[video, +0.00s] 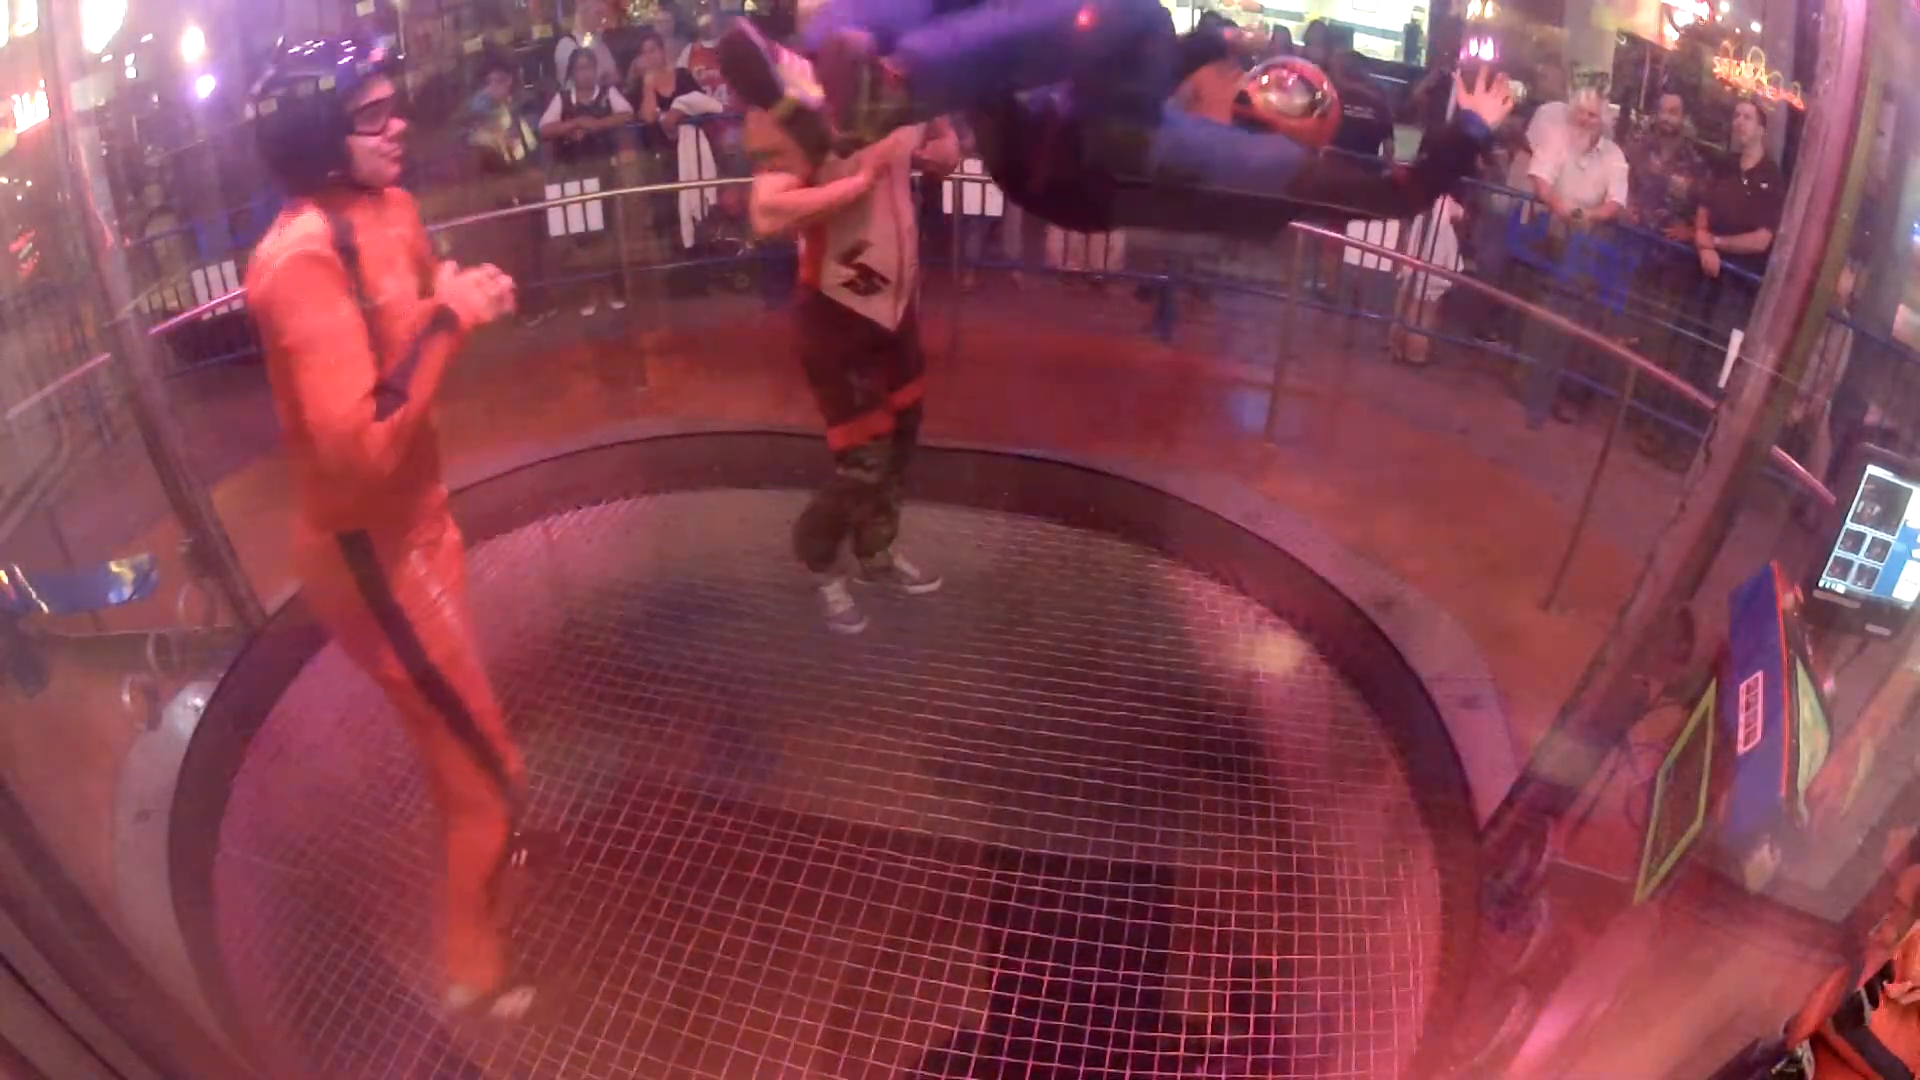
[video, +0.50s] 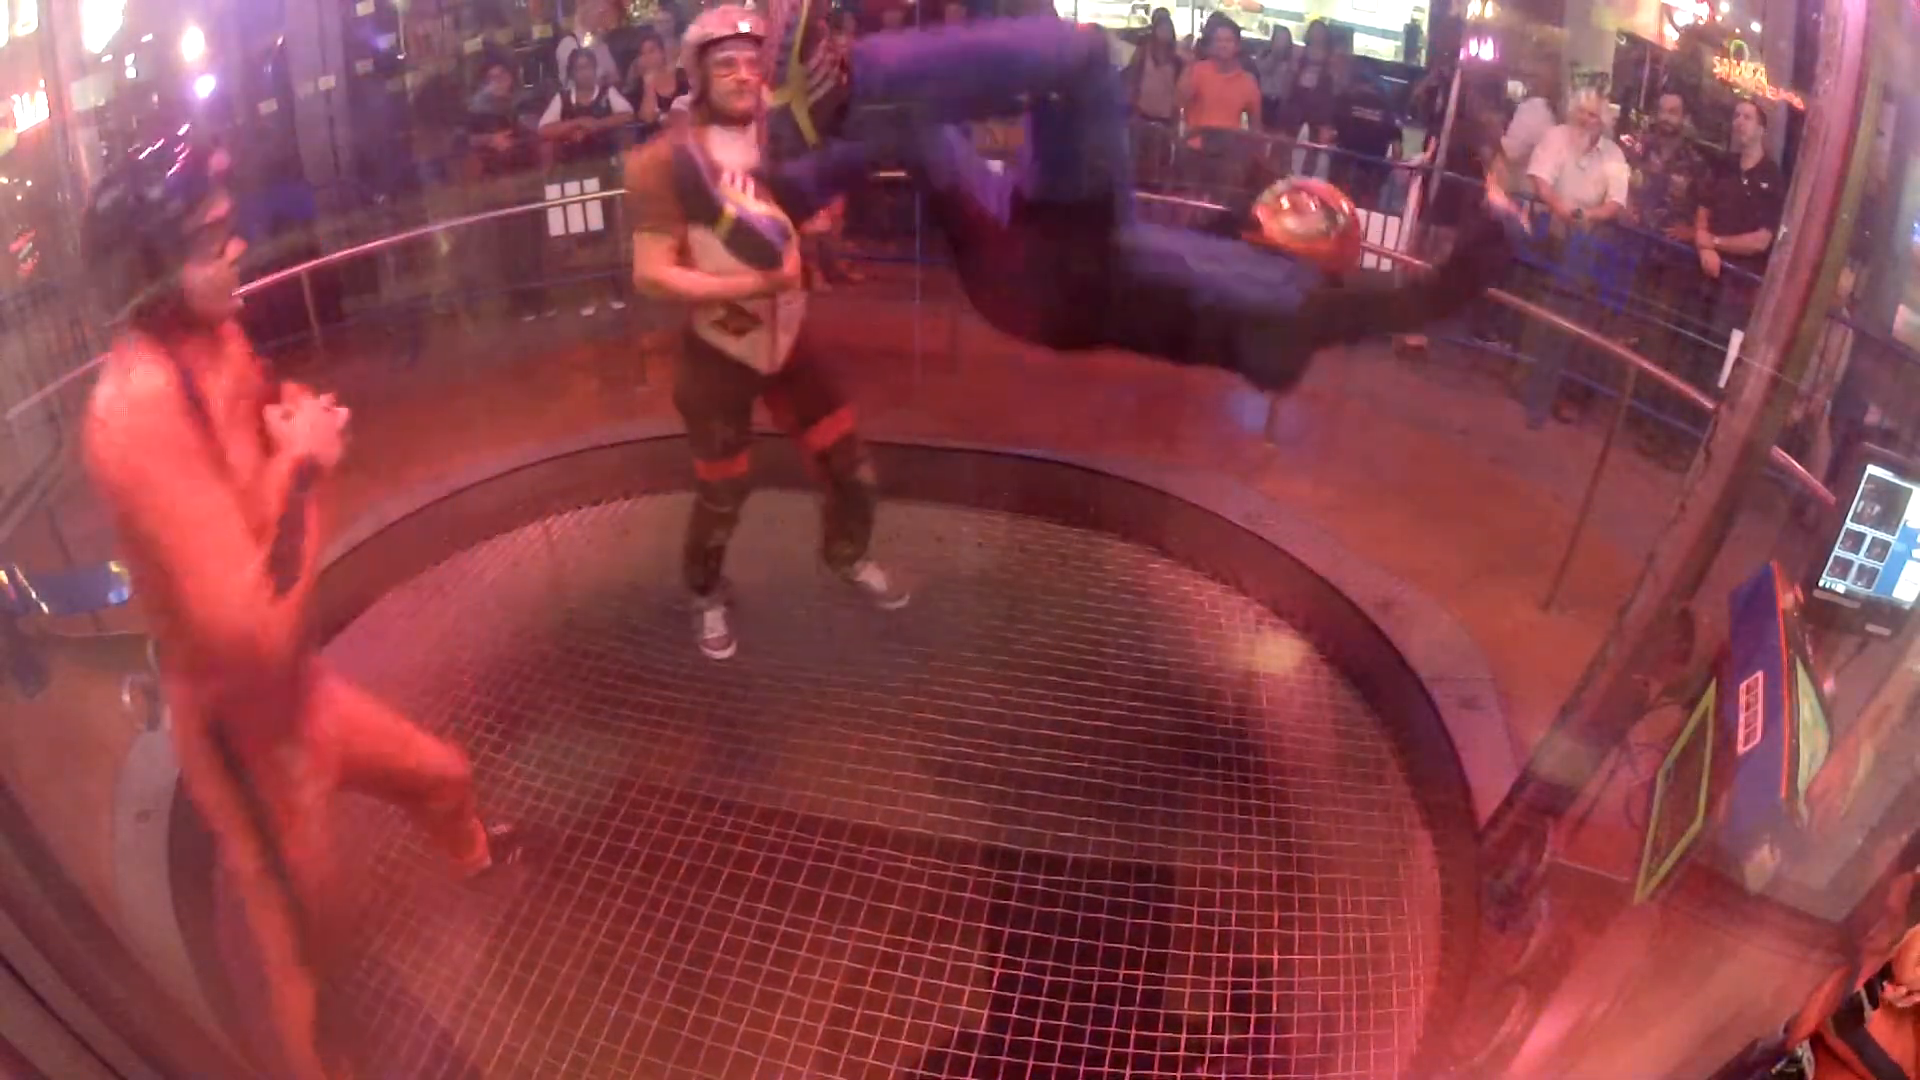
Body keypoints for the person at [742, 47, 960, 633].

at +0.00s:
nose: (869, 84)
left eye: (874, 71)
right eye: (854, 71)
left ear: (887, 83)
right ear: (832, 84)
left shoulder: (895, 131)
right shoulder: (801, 139)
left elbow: (943, 153)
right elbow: (767, 210)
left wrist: (940, 144)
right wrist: (854, 183)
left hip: (895, 311)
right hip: (835, 316)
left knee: (900, 442)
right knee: (865, 459)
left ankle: (876, 553)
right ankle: (821, 563)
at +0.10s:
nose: (842, 62)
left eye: (848, 48)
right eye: (828, 48)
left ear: (857, 51)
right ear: (803, 53)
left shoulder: (868, 108)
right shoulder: (766, 116)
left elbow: (925, 156)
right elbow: (737, 219)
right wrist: (837, 186)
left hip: (881, 301)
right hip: (817, 309)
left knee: (892, 438)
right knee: (849, 464)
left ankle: (875, 553)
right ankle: (784, 558)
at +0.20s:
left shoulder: (852, 119)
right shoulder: (744, 132)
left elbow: (891, 179)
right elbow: (709, 225)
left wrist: (889, 172)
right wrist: (811, 213)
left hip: (861, 312)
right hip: (799, 319)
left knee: (884, 433)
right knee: (813, 471)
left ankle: (873, 552)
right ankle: (742, 557)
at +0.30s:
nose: (772, 46)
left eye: (781, 32)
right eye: (758, 34)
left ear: (793, 40)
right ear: (732, 48)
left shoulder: (838, 124)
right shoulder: (717, 135)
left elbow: (874, 204)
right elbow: (686, 241)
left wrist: (864, 203)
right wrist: (790, 247)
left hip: (831, 320)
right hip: (766, 326)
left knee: (879, 436)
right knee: (765, 483)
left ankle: (869, 550)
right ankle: (713, 579)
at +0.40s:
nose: (757, 75)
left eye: (764, 61)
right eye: (743, 63)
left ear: (776, 66)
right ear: (714, 72)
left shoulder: (805, 132)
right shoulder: (692, 156)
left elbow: (836, 216)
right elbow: (667, 267)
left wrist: (839, 221)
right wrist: (757, 284)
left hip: (807, 332)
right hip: (735, 341)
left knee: (864, 452)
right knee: (737, 481)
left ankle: (864, 552)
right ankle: (709, 597)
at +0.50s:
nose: (743, 76)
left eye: (753, 65)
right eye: (727, 66)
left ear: (766, 75)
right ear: (699, 77)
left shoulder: (782, 143)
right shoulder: (662, 164)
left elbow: (803, 241)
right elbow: (652, 273)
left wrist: (823, 233)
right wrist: (754, 281)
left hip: (790, 340)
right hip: (714, 352)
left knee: (850, 471)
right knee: (723, 489)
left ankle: (847, 561)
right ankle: (708, 598)